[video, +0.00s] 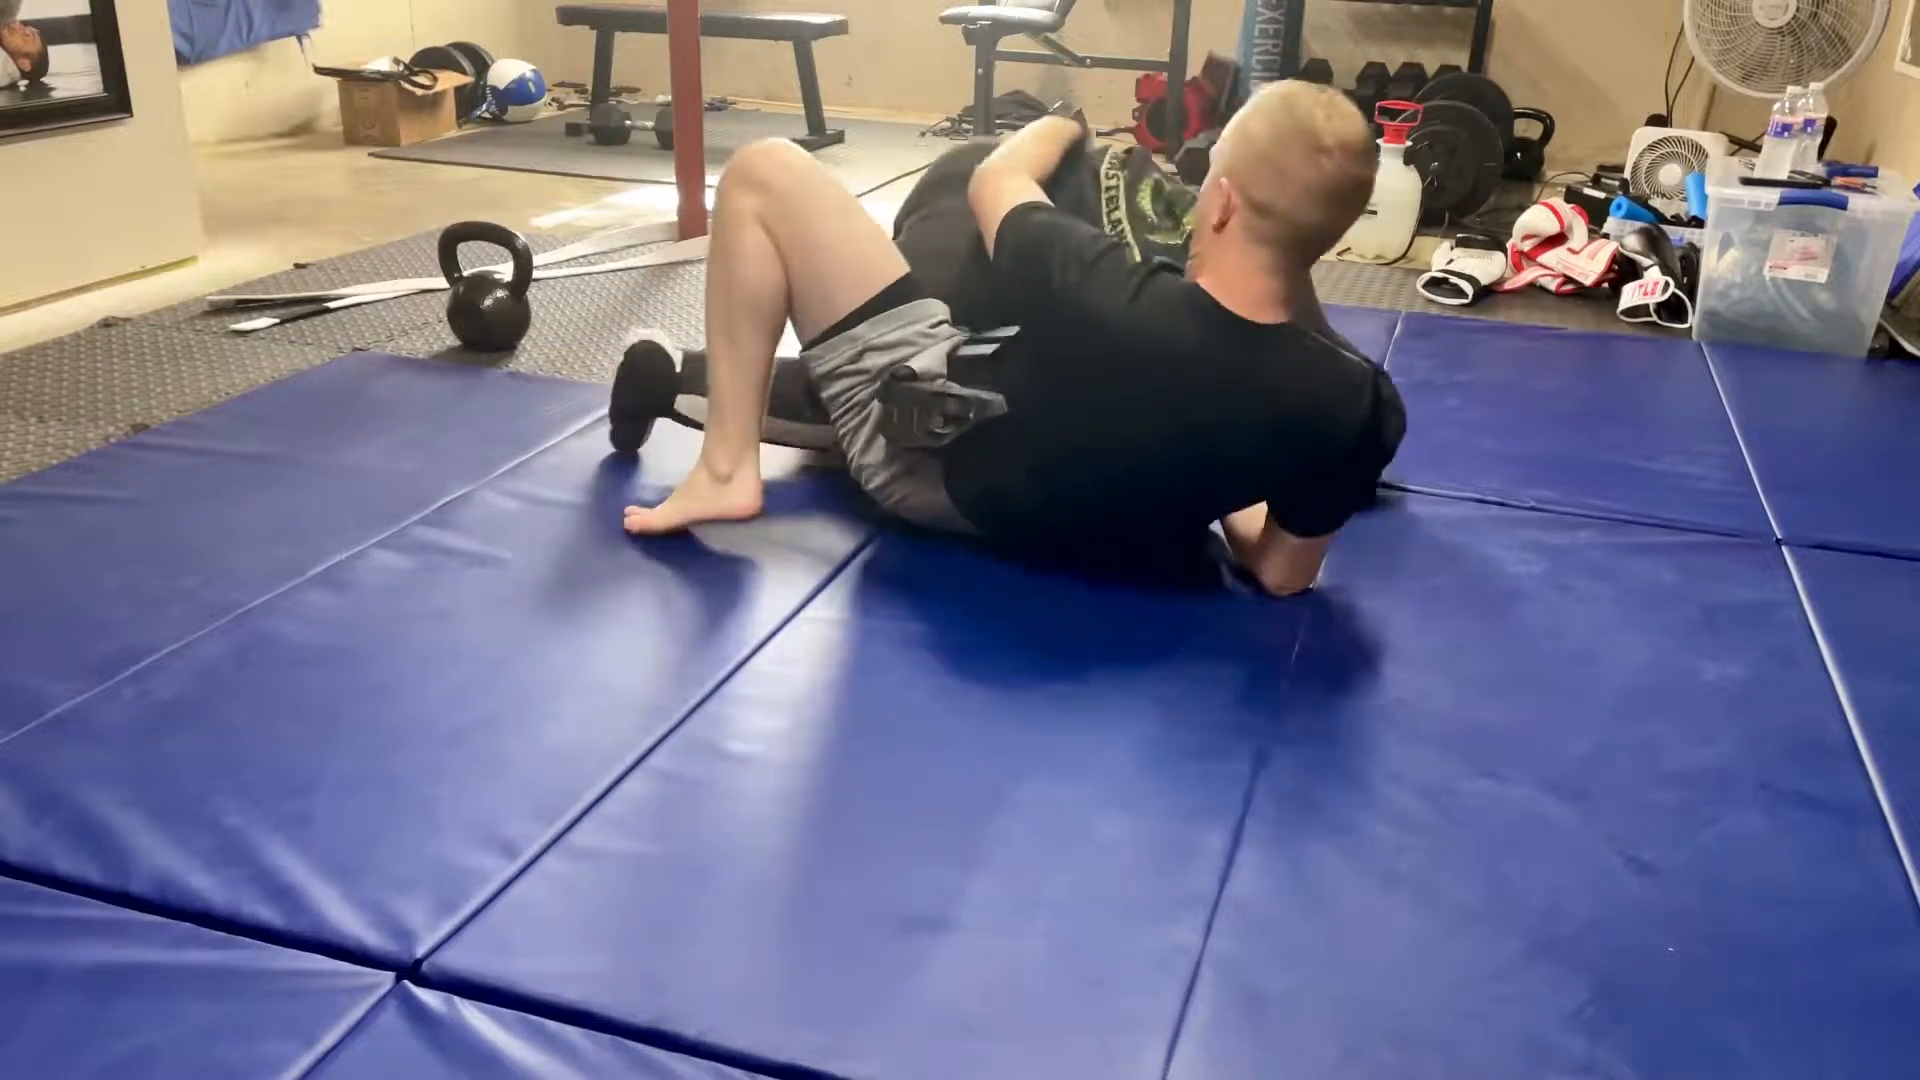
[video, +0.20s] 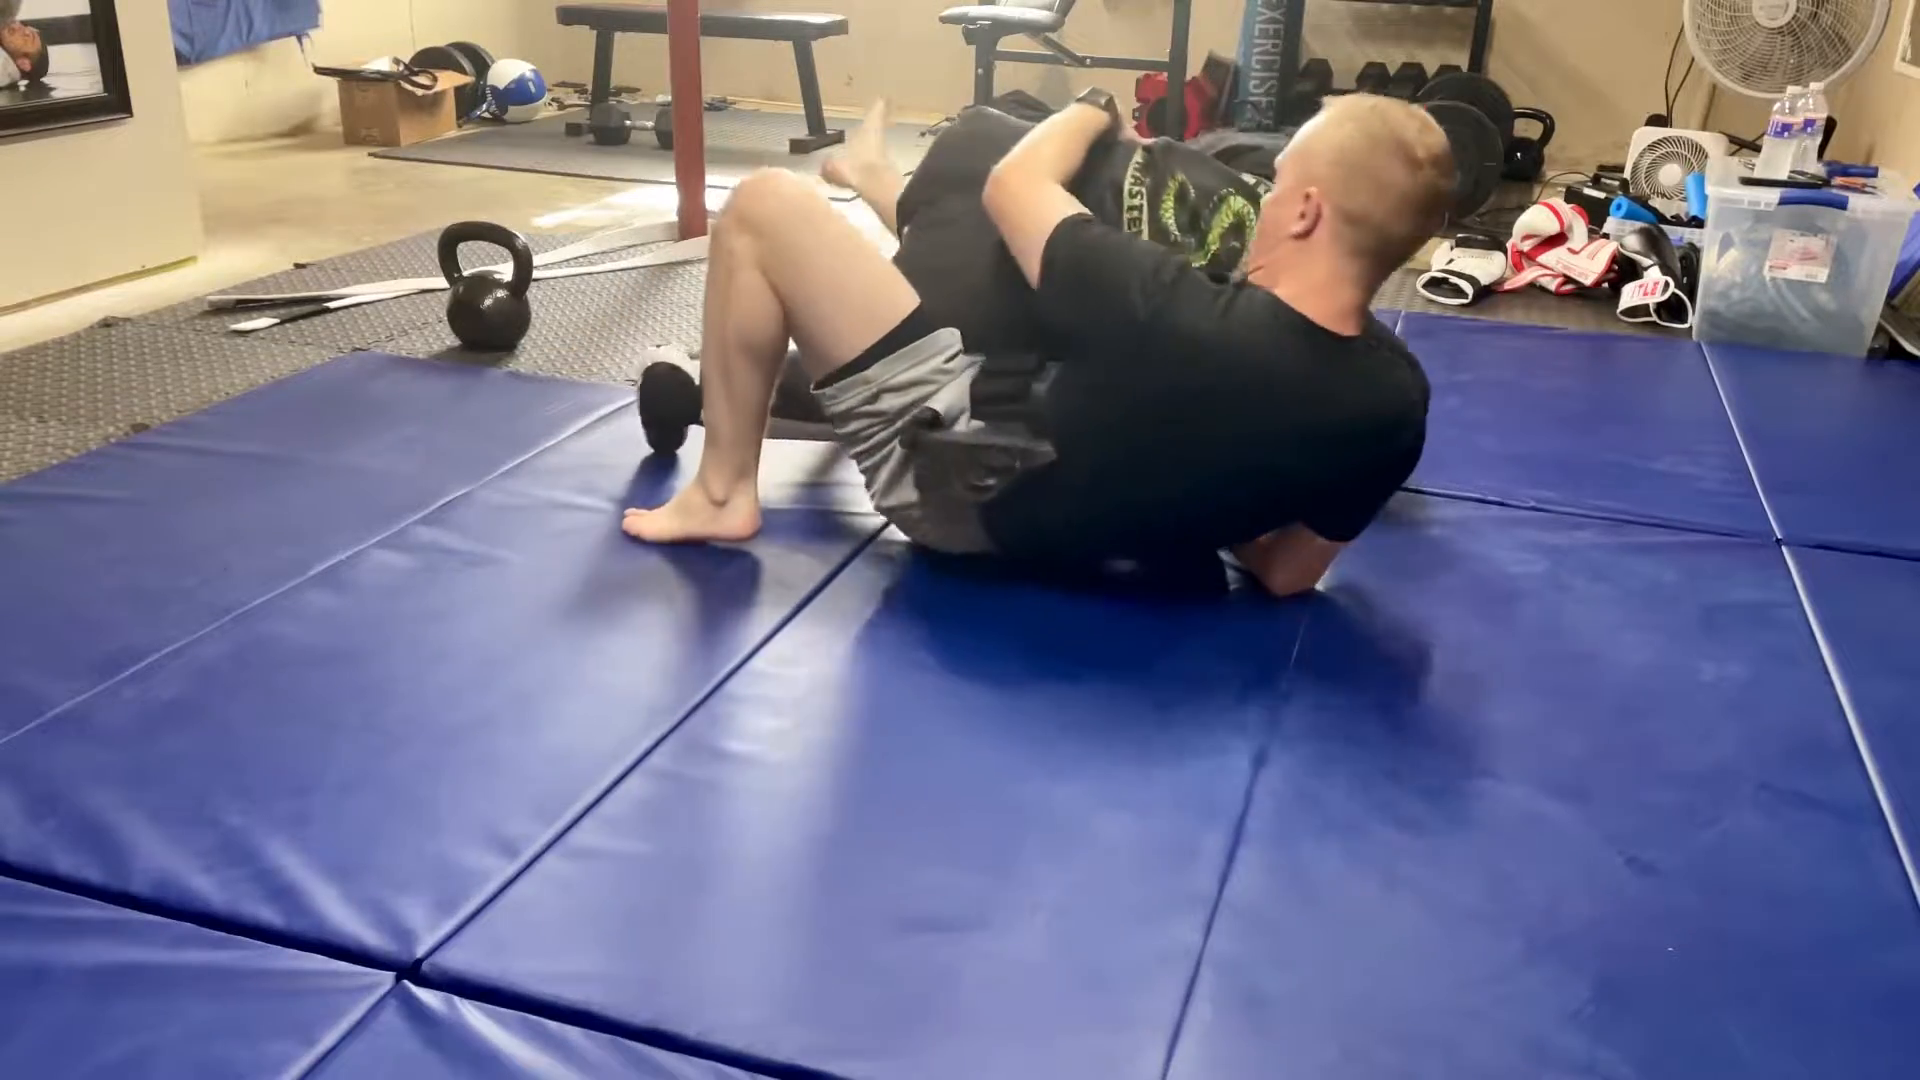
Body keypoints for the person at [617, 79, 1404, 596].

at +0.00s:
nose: (1204, 189)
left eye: (1211, 175)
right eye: (1213, 172)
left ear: (1220, 202)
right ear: (1339, 237)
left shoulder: (1090, 285)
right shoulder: (1355, 409)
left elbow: (997, 186)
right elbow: (1283, 573)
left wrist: (1055, 127)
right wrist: (1238, 499)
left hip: (941, 480)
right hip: (1109, 538)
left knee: (763, 168)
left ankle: (726, 468)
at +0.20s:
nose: (1263, 200)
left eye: (1277, 183)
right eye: (1278, 180)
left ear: (1304, 211)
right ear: (1402, 250)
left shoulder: (1167, 310)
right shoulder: (1397, 403)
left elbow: (1014, 187)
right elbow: (1286, 573)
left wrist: (1087, 112)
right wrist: (1215, 480)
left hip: (958, 488)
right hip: (1094, 536)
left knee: (765, 203)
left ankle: (722, 487)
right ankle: (734, 404)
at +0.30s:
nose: (1296, 195)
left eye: (1314, 173)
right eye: (1311, 171)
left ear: (1367, 196)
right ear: (1417, 218)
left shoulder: (1246, 284)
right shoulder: (1430, 398)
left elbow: (1038, 198)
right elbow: (1289, 574)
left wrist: (1094, 118)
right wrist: (1235, 461)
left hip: (978, 490)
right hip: (1087, 552)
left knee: (760, 226)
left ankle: (718, 499)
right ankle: (752, 415)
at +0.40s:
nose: (1310, 187)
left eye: (1333, 167)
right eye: (1320, 165)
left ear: (1414, 182)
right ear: (1438, 193)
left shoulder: (1363, 244)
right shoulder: (1462, 371)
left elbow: (1107, 246)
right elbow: (1308, 570)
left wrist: (1089, 156)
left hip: (1080, 518)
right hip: (1157, 584)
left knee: (797, 264)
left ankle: (663, 493)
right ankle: (744, 429)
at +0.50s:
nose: (1290, 193)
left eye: (1314, 166)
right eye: (1297, 168)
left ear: (1408, 163)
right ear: (1419, 177)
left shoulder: (1396, 235)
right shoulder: (1461, 304)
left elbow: (1171, 304)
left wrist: (1091, 215)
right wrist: (1170, 258)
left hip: (1202, 580)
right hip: (1248, 592)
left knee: (898, 341)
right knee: (914, 385)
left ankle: (638, 534)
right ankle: (718, 496)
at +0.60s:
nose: (1288, 203)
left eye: (1309, 170)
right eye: (1282, 180)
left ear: (1403, 141)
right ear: (1391, 159)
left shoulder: (1438, 216)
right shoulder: (1419, 269)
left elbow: (1302, 333)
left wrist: (1130, 284)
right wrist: (1150, 291)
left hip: (1269, 583)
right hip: (1243, 569)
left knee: (991, 362)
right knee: (966, 491)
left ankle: (635, 538)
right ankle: (676, 542)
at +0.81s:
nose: (1280, 200)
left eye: (1313, 165)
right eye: (1268, 172)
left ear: (1395, 138)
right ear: (1259, 162)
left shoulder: (1436, 208)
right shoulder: (1306, 285)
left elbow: (1440, 328)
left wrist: (1259, 407)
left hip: (1276, 650)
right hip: (1143, 594)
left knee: (1267, 406)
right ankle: (683, 355)